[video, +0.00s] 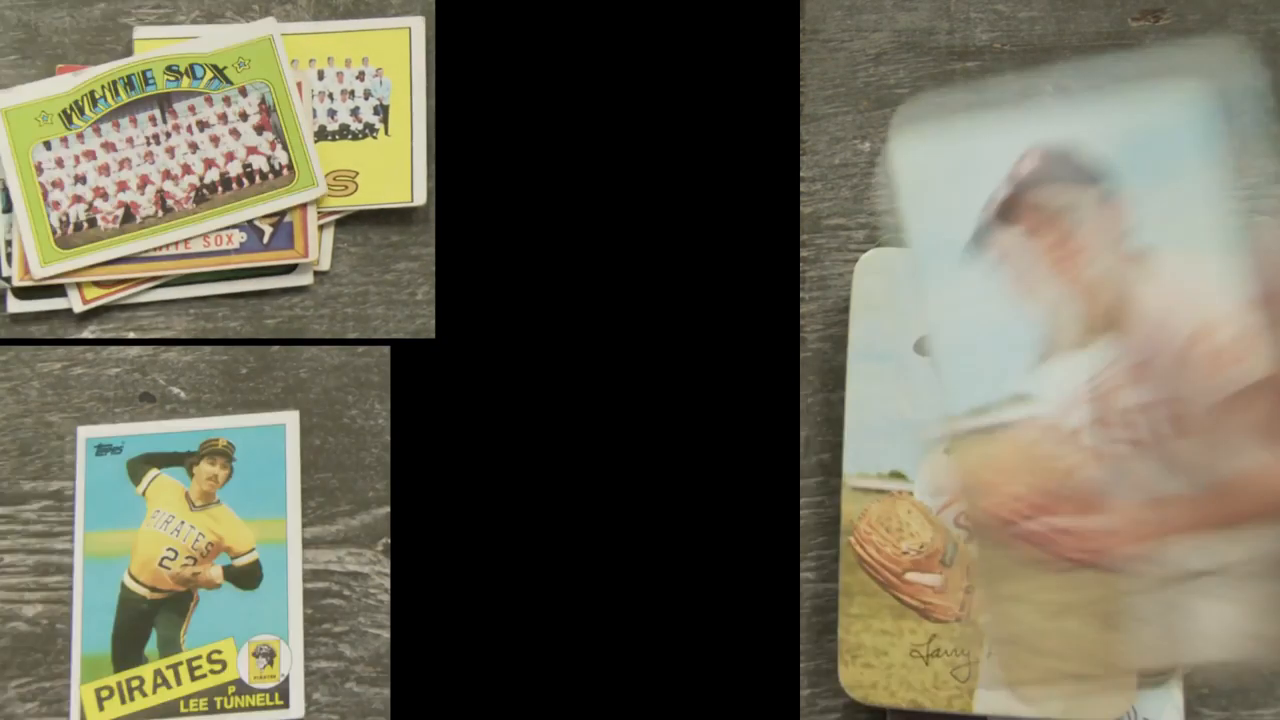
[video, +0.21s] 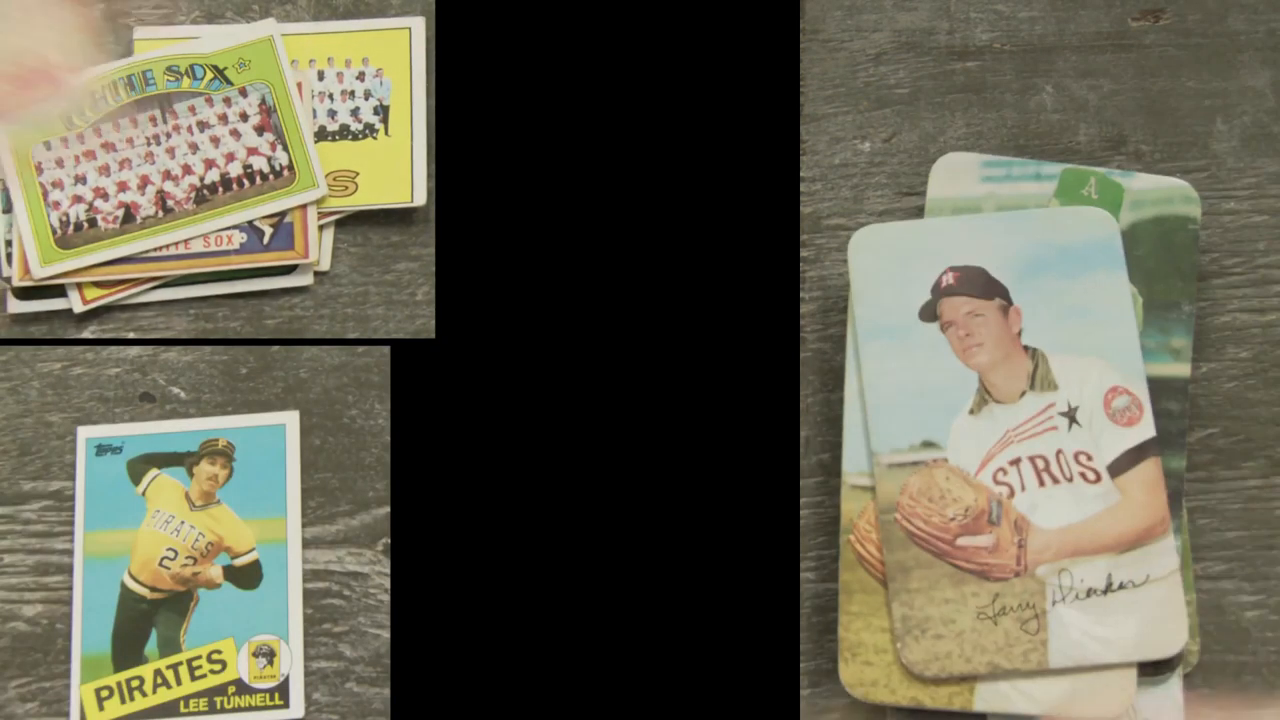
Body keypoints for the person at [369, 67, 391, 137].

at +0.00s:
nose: (380, 74)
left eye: (381, 72)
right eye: (379, 72)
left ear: (383, 72)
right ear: (377, 73)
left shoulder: (387, 80)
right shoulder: (374, 81)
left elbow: (388, 90)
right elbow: (372, 90)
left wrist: (383, 97)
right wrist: (377, 97)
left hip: (385, 101)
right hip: (376, 101)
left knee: (386, 118)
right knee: (377, 117)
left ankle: (386, 131)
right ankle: (375, 131)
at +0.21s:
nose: (380, 74)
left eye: (381, 72)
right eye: (379, 73)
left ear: (383, 73)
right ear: (377, 73)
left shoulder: (387, 80)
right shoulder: (374, 81)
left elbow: (388, 90)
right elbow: (372, 91)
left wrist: (384, 97)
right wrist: (377, 97)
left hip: (386, 102)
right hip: (377, 101)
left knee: (386, 118)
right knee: (377, 116)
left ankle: (386, 131)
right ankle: (375, 132)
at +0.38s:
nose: (381, 73)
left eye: (382, 72)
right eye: (380, 72)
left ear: (384, 72)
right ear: (377, 73)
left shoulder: (388, 80)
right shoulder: (374, 81)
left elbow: (389, 90)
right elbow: (373, 90)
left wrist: (384, 97)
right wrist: (378, 96)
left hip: (386, 101)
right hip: (377, 101)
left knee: (386, 117)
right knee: (377, 116)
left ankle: (387, 131)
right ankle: (376, 131)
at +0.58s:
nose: (381, 73)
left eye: (382, 71)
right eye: (380, 71)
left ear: (384, 72)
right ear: (377, 72)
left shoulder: (388, 80)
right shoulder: (374, 80)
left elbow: (390, 90)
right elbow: (373, 90)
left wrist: (385, 96)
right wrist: (378, 96)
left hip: (386, 101)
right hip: (378, 100)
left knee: (387, 117)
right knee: (378, 116)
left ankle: (387, 130)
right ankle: (376, 130)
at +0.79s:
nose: (381, 73)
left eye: (382, 71)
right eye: (380, 71)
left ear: (384, 72)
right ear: (378, 72)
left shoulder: (388, 80)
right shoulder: (374, 80)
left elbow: (390, 89)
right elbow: (373, 90)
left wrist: (385, 96)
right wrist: (378, 96)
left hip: (387, 101)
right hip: (378, 100)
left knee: (387, 117)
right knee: (378, 116)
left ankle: (387, 130)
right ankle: (376, 130)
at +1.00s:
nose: (381, 73)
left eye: (382, 71)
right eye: (380, 71)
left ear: (384, 72)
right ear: (378, 72)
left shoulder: (388, 80)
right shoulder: (374, 80)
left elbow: (390, 89)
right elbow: (373, 90)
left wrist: (385, 96)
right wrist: (378, 96)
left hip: (387, 101)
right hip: (378, 100)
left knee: (387, 117)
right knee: (378, 116)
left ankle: (387, 131)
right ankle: (376, 131)